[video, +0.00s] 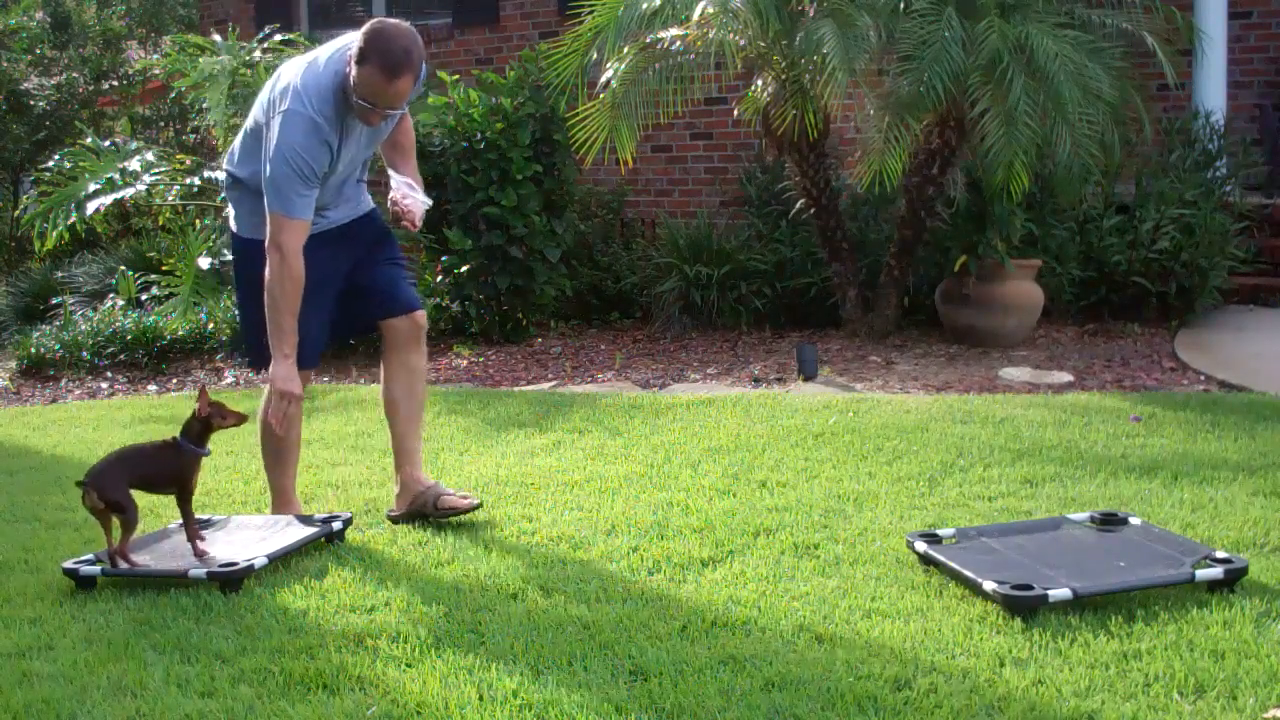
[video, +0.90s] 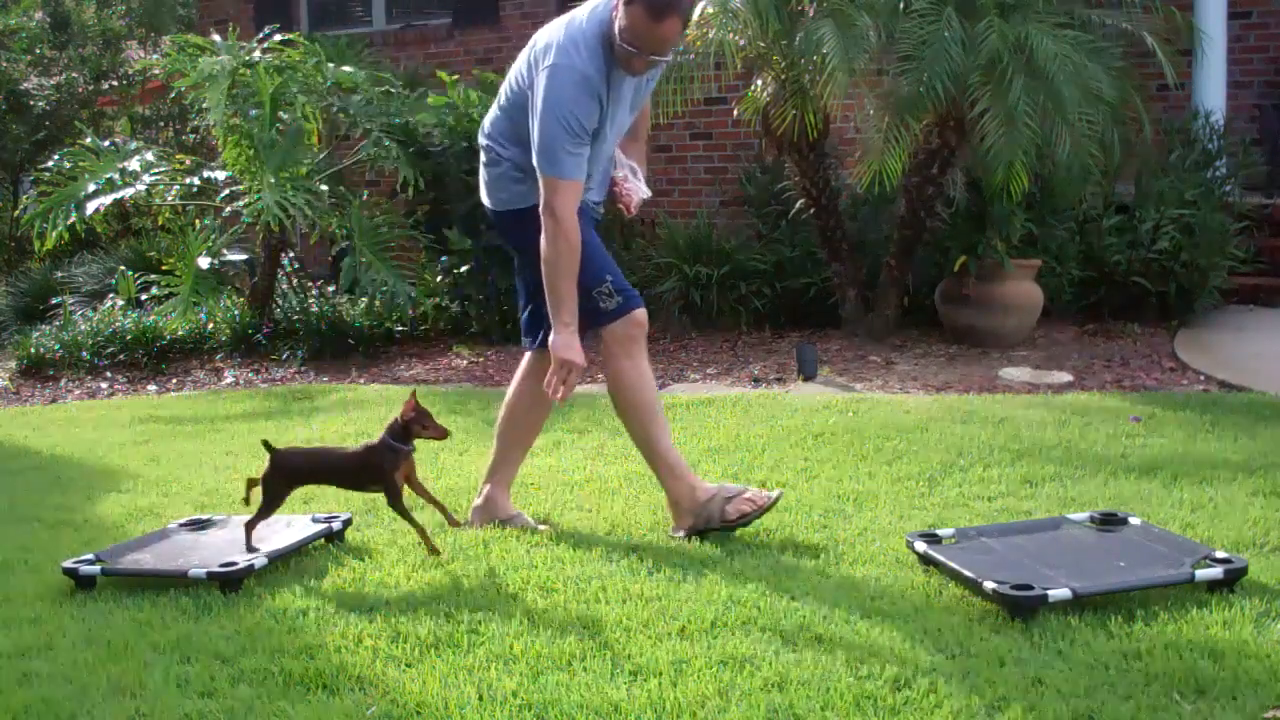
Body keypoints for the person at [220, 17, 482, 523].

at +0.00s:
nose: (380, 116)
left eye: (394, 107)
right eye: (368, 103)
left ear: (412, 77)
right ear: (351, 70)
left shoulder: (405, 62)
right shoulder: (301, 114)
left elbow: (396, 116)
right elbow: (283, 248)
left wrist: (409, 186)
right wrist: (283, 359)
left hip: (347, 210)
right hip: (275, 225)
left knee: (407, 321)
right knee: (288, 375)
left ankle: (411, 486)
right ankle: (285, 516)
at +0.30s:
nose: (460, 125)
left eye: (474, 116)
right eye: (449, 111)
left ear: (495, 90)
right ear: (436, 74)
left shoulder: (488, 79)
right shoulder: (384, 119)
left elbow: (473, 130)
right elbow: (362, 254)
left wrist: (472, 204)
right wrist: (359, 366)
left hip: (421, 220)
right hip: (343, 227)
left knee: (464, 346)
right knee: (329, 378)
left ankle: (485, 506)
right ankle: (290, 509)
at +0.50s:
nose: (532, 121)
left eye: (545, 113)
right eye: (523, 107)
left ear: (564, 85)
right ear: (508, 71)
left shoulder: (550, 72)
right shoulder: (452, 112)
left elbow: (540, 129)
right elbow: (424, 249)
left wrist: (535, 194)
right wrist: (414, 362)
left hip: (479, 206)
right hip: (403, 207)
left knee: (506, 347)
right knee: (412, 363)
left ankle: (489, 503)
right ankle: (320, 466)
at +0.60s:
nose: (558, 112)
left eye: (571, 106)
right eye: (548, 98)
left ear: (594, 80)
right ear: (536, 60)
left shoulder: (577, 66)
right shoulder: (482, 103)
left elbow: (561, 122)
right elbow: (455, 241)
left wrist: (560, 187)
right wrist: (446, 357)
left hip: (502, 201)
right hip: (433, 200)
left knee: (522, 346)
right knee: (487, 346)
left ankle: (490, 503)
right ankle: (370, 427)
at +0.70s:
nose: (582, 98)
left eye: (598, 90)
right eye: (573, 81)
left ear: (618, 66)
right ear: (559, 46)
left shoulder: (600, 51)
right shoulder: (507, 92)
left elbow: (584, 123)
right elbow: (486, 233)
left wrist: (581, 182)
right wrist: (482, 346)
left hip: (524, 194)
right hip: (460, 191)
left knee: (533, 338)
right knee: (554, 315)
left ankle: (491, 498)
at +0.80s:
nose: (613, 79)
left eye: (629, 70)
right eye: (604, 63)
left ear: (649, 48)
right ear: (588, 28)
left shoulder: (623, 43)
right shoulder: (536, 80)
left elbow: (609, 109)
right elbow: (521, 220)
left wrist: (602, 176)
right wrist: (522, 339)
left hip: (541, 188)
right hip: (487, 190)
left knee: (541, 348)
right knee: (598, 304)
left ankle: (492, 500)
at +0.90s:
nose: (643, 63)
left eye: (658, 55)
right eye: (633, 48)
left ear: (681, 29)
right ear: (616, 14)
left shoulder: (661, 41)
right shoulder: (570, 67)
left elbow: (637, 96)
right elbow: (557, 213)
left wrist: (632, 166)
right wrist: (564, 331)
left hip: (572, 186)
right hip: (520, 191)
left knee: (552, 347)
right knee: (624, 321)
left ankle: (491, 500)